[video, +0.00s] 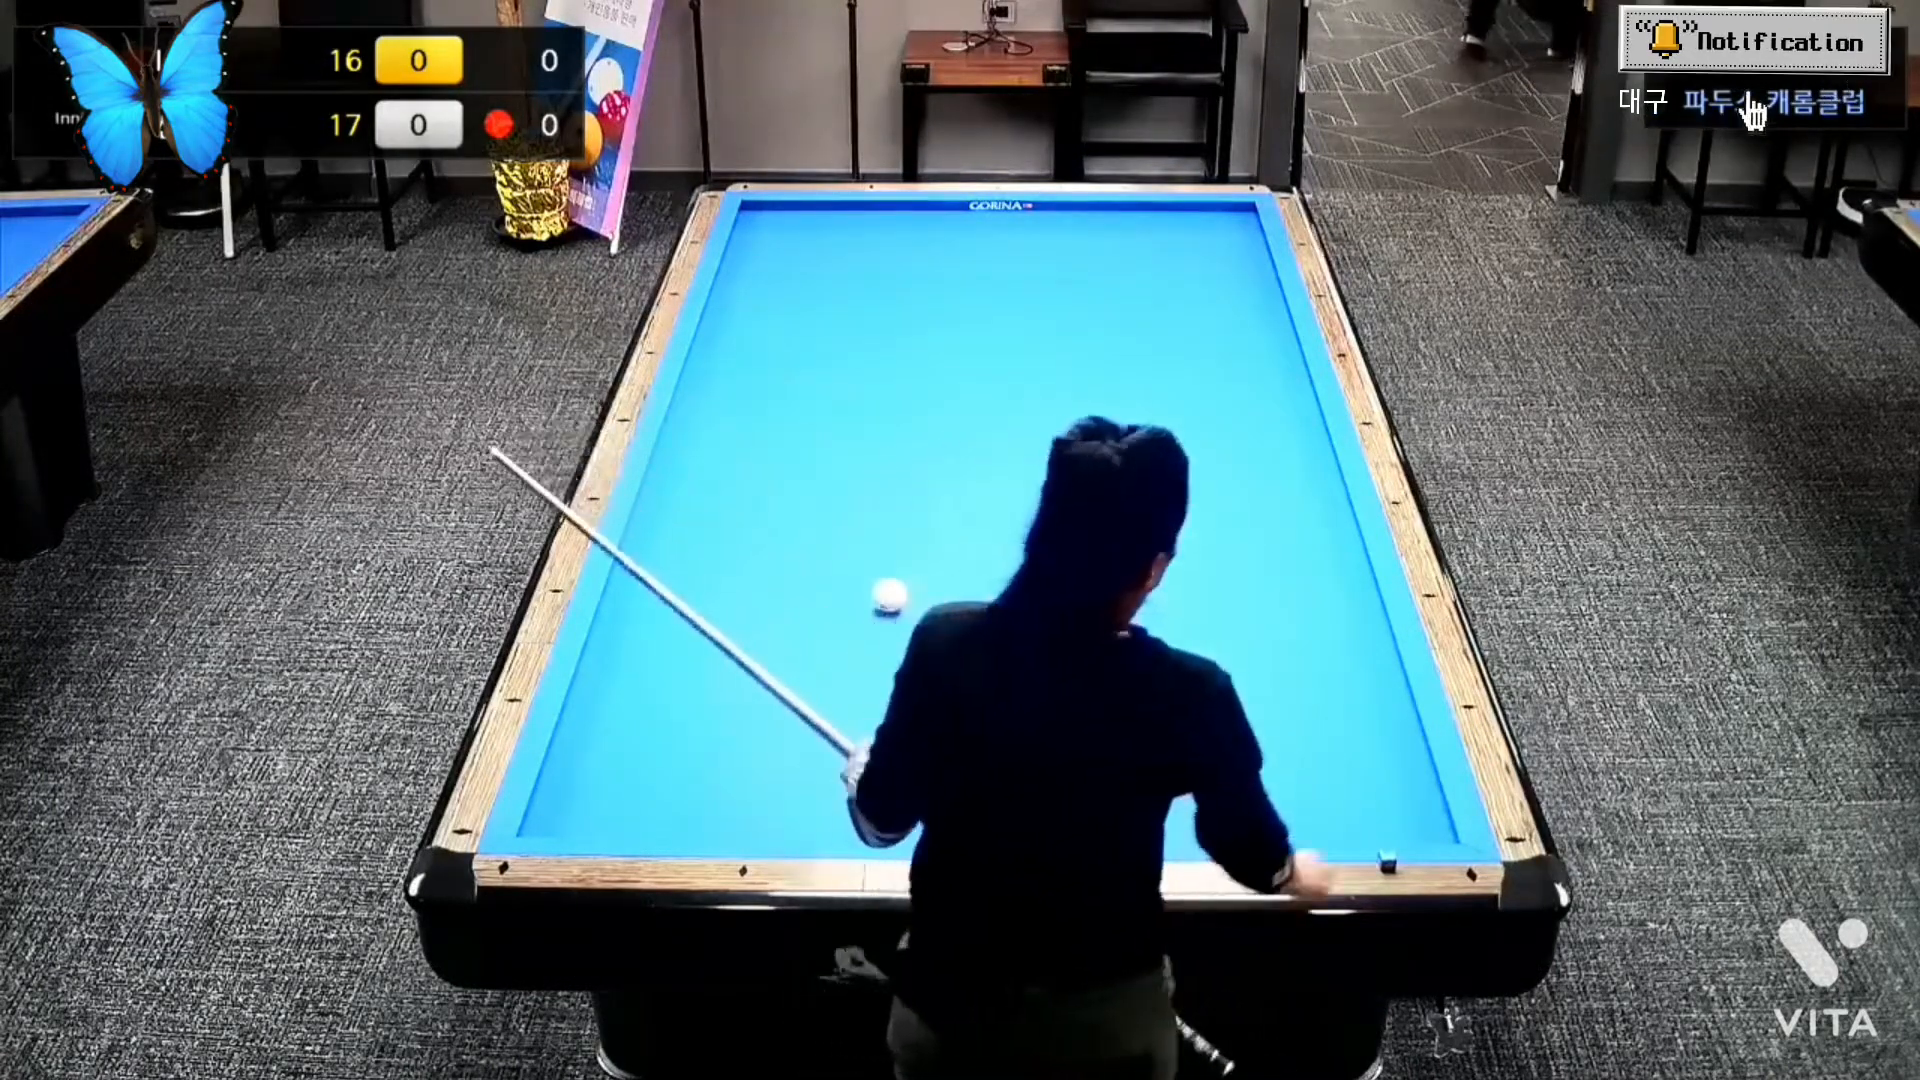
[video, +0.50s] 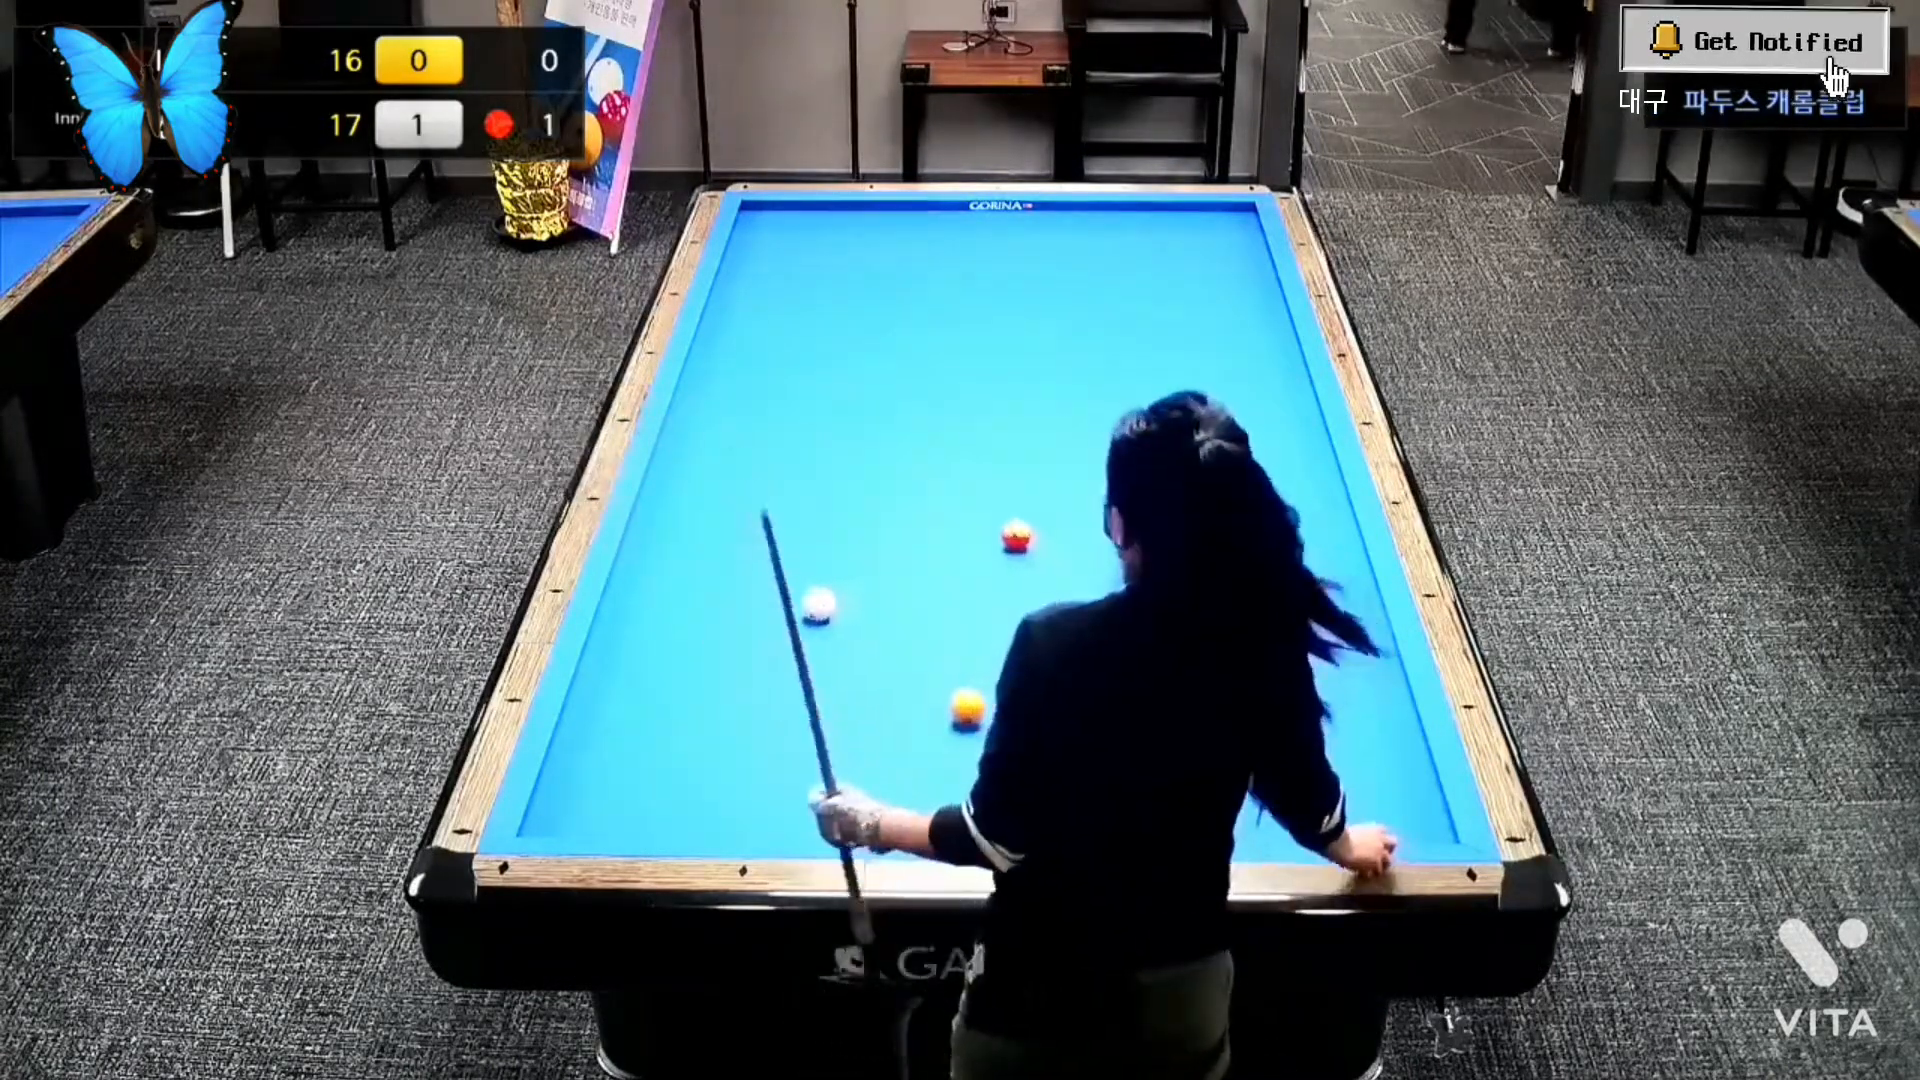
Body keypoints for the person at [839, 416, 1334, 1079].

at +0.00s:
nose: (1165, 568)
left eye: (1166, 549)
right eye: (1168, 550)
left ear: (1048, 529)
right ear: (1152, 564)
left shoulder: (948, 643)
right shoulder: (1187, 692)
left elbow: (881, 819)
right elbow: (1246, 842)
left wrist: (862, 773)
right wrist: (1288, 877)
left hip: (948, 1004)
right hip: (1111, 1010)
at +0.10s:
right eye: (1210, 517)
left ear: (1087, 515)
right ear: (1205, 532)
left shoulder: (997, 640)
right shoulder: (1230, 683)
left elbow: (932, 822)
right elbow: (1290, 822)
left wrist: (881, 800)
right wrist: (1347, 854)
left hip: (978, 997)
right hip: (1141, 1001)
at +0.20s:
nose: (1100, 509)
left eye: (1104, 497)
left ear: (1115, 514)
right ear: (1228, 515)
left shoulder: (1028, 637)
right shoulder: (1257, 669)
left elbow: (966, 820)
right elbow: (1308, 795)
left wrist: (893, 810)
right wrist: (1365, 844)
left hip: (1005, 994)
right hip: (1163, 995)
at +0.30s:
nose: (1110, 517)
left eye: (1113, 499)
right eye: (1117, 498)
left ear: (1126, 515)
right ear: (1231, 508)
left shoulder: (1047, 636)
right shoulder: (1264, 648)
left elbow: (991, 825)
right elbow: (1312, 788)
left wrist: (905, 822)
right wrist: (1368, 844)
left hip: (1026, 990)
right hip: (1178, 989)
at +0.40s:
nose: (1111, 519)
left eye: (1116, 500)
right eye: (1117, 498)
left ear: (1129, 520)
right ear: (1226, 510)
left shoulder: (1055, 636)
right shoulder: (1264, 645)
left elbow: (999, 830)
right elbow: (1311, 787)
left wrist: (898, 821)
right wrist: (1365, 848)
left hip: (1032, 987)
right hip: (1183, 984)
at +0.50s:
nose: (1108, 523)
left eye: (1112, 503)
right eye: (1113, 500)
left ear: (1125, 524)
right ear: (1225, 516)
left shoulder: (1056, 643)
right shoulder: (1263, 645)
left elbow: (995, 836)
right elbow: (1300, 795)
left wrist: (874, 822)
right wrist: (1351, 848)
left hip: (1034, 988)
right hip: (1185, 985)